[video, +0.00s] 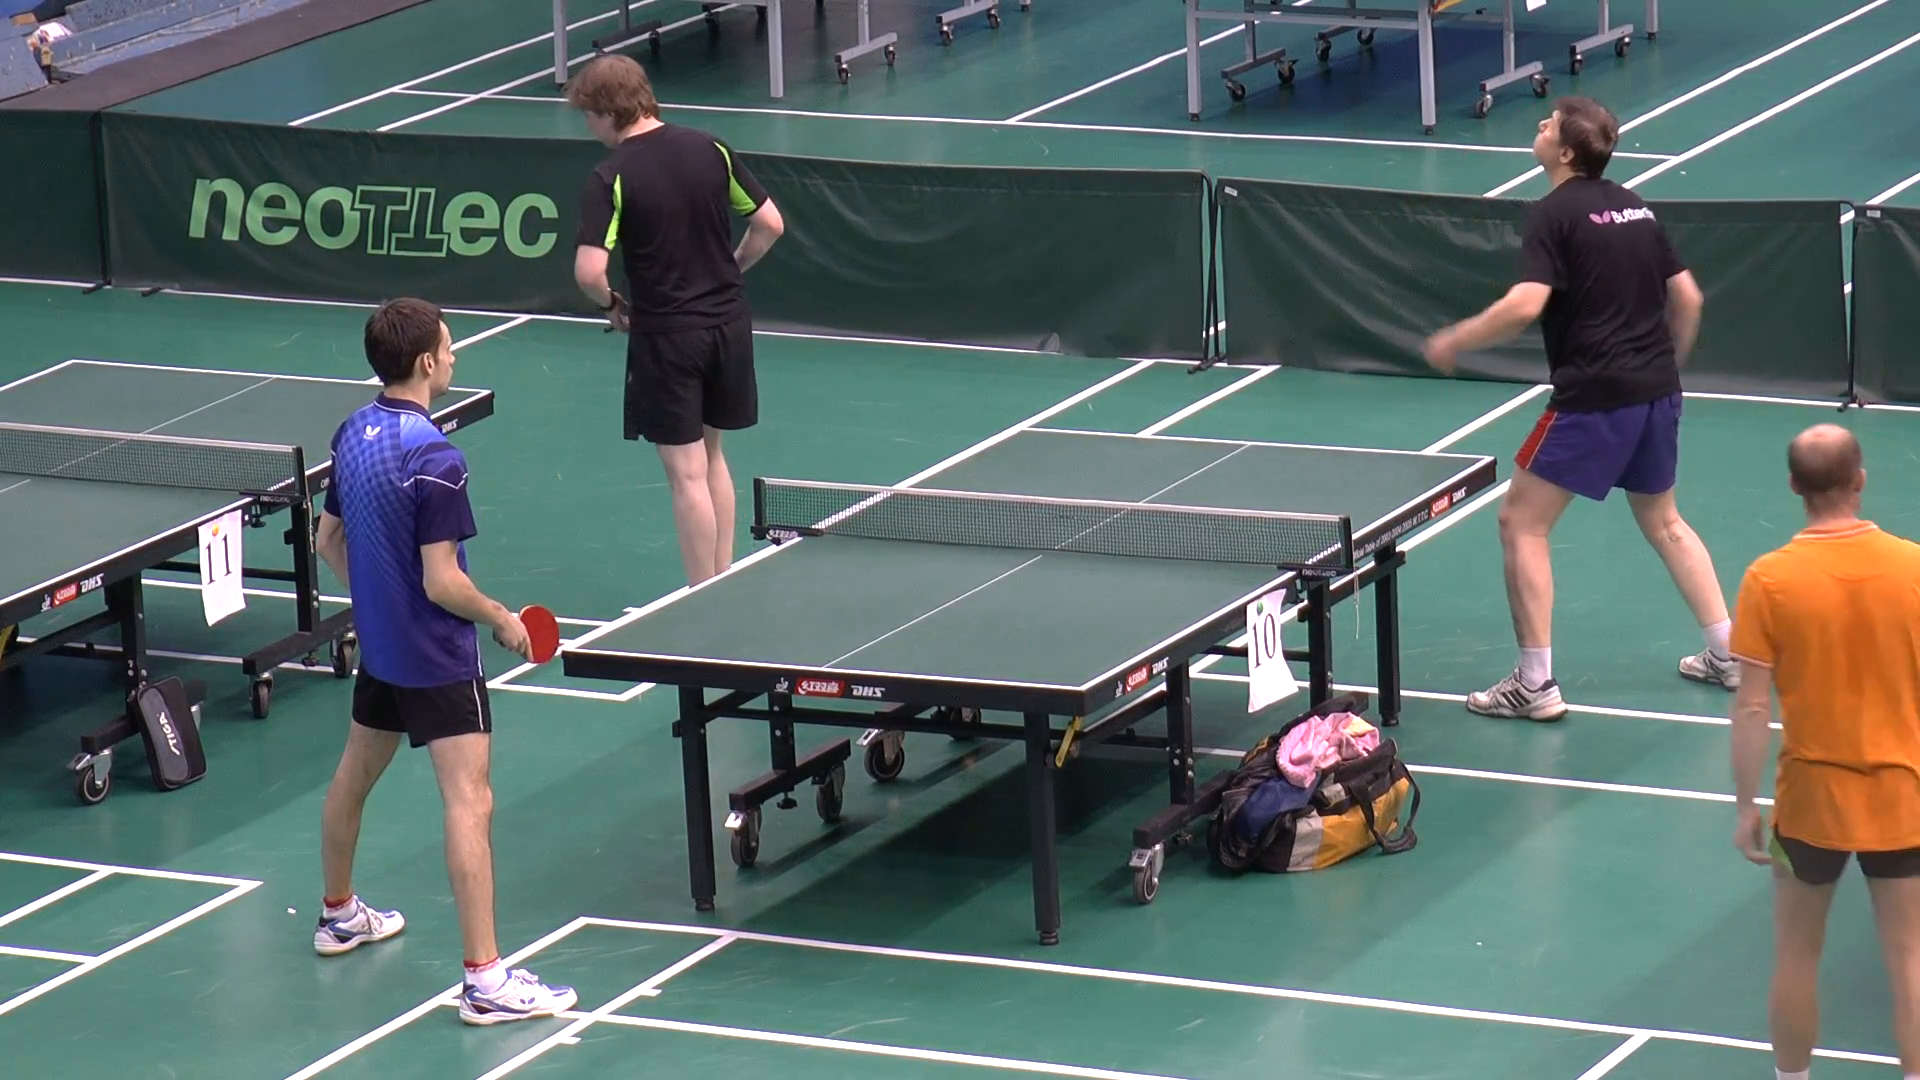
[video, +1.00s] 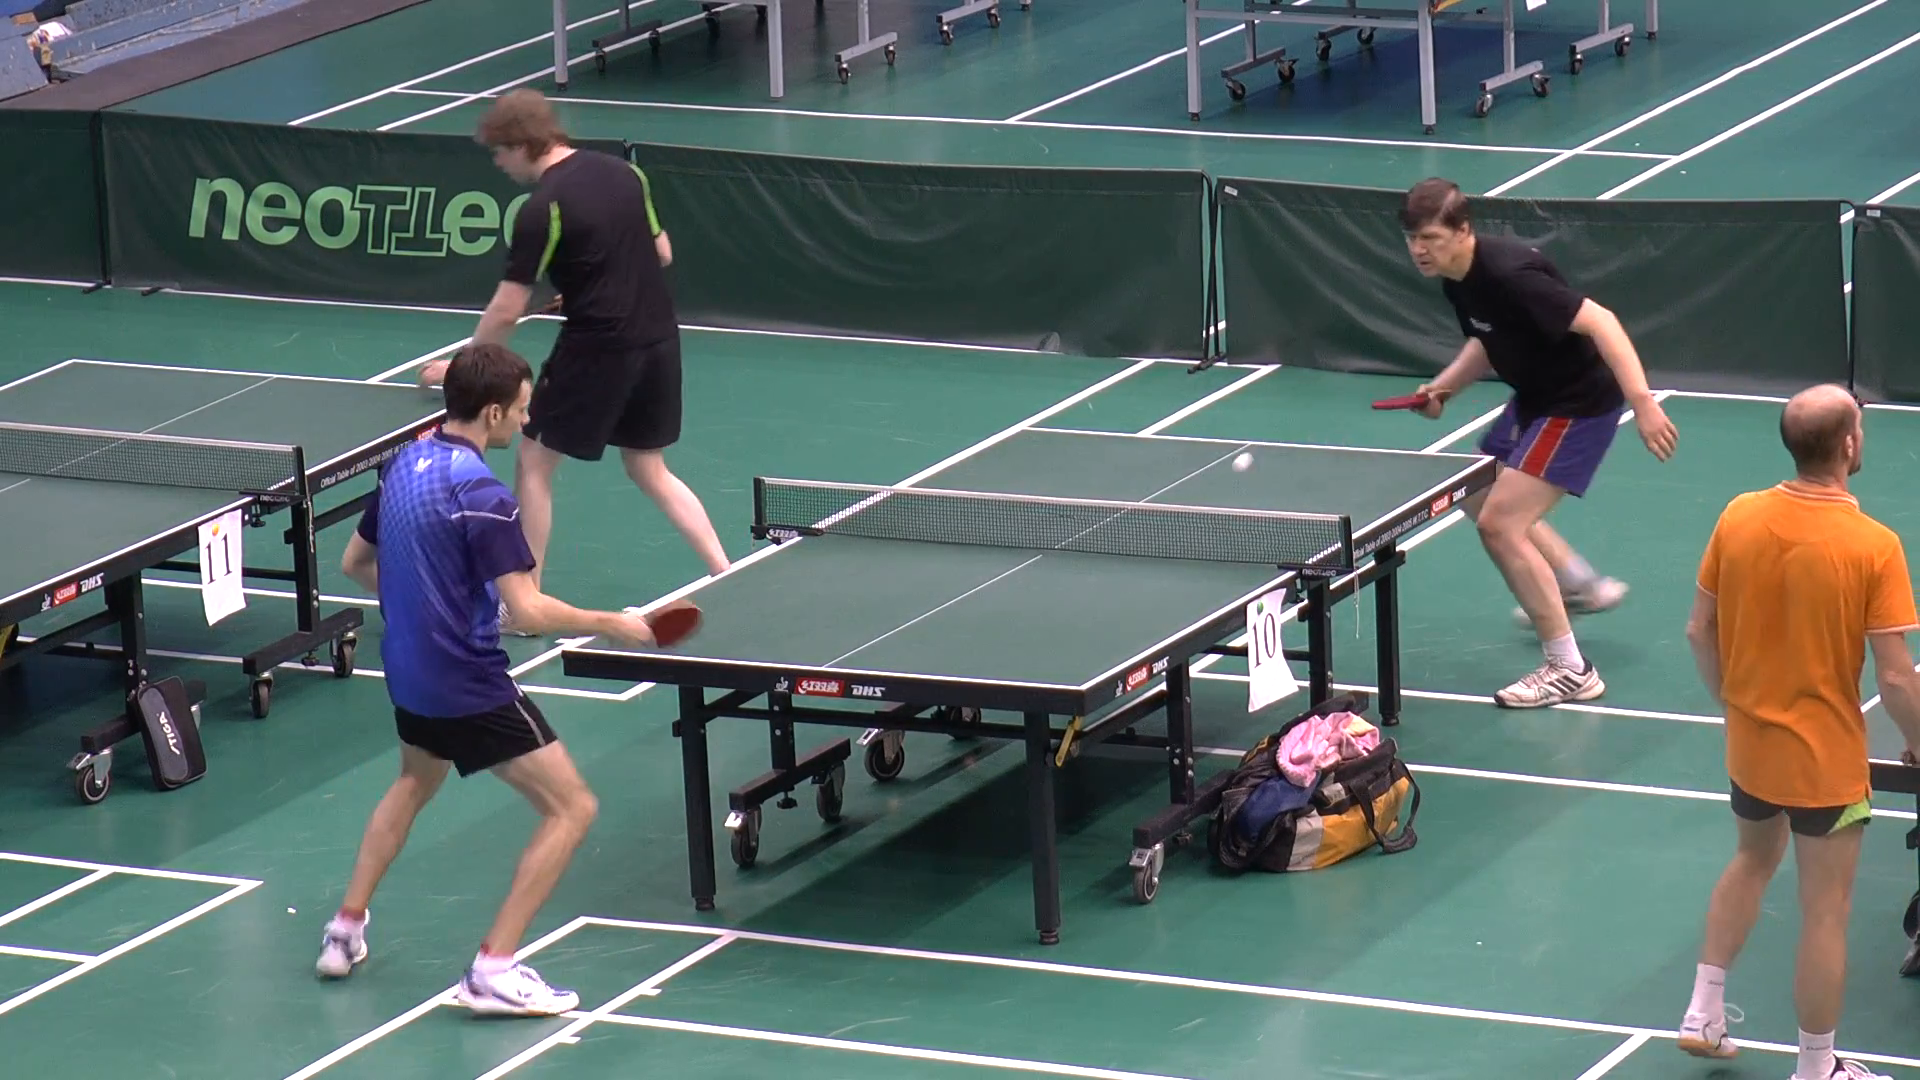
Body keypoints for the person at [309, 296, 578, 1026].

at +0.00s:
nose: (452, 353)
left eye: (448, 342)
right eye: (447, 344)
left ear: (385, 363)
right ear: (427, 361)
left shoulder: (353, 429)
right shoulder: (435, 454)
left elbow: (330, 539)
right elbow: (441, 578)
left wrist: (378, 601)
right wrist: (501, 618)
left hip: (380, 648)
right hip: (437, 656)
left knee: (354, 777)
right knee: (470, 804)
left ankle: (339, 912)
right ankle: (485, 975)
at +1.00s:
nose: (524, 418)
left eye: (524, 406)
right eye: (521, 406)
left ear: (458, 402)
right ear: (493, 410)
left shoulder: (404, 460)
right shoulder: (481, 490)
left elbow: (357, 562)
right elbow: (525, 609)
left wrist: (424, 595)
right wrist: (613, 623)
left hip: (408, 676)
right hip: (469, 686)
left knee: (416, 778)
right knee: (572, 808)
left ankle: (346, 926)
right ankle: (495, 966)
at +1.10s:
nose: (530, 440)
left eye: (530, 428)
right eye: (525, 428)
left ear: (467, 425)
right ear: (495, 430)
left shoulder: (412, 481)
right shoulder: (488, 513)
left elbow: (376, 573)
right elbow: (550, 617)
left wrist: (467, 598)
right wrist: (657, 638)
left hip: (418, 693)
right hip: (481, 699)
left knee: (418, 794)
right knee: (619, 786)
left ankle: (339, 934)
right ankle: (535, 936)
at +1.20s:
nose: (568, 456)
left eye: (568, 444)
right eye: (563, 445)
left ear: (512, 442)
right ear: (525, 445)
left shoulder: (451, 488)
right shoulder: (528, 525)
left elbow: (404, 553)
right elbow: (620, 608)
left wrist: (496, 581)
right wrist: (735, 621)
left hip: (438, 702)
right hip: (503, 706)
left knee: (421, 802)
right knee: (658, 769)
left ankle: (340, 933)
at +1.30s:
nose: (647, 457)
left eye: (647, 444)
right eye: (639, 446)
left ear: (576, 442)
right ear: (597, 445)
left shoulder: (513, 479)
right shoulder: (594, 521)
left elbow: (437, 524)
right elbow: (707, 589)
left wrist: (496, 546)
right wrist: (829, 600)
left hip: (479, 700)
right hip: (552, 703)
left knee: (426, 805)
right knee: (708, 767)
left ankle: (339, 935)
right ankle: (784, 927)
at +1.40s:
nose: (737, 469)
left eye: (739, 456)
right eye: (732, 457)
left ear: (669, 442)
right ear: (693, 450)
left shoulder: (596, 472)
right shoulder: (695, 523)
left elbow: (497, 503)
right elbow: (810, 594)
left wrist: (442, 526)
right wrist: (920, 600)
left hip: (544, 688)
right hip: (622, 697)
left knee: (458, 793)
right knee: (766, 779)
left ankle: (359, 924)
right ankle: (859, 938)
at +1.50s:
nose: (830, 477)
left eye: (827, 464)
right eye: (825, 466)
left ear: (757, 460)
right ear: (795, 471)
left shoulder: (680, 491)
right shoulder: (790, 546)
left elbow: (562, 515)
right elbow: (905, 611)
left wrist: (467, 537)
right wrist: (1005, 614)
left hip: (604, 694)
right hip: (688, 708)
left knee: (508, 795)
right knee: (847, 769)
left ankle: (402, 919)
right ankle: (885, 939)